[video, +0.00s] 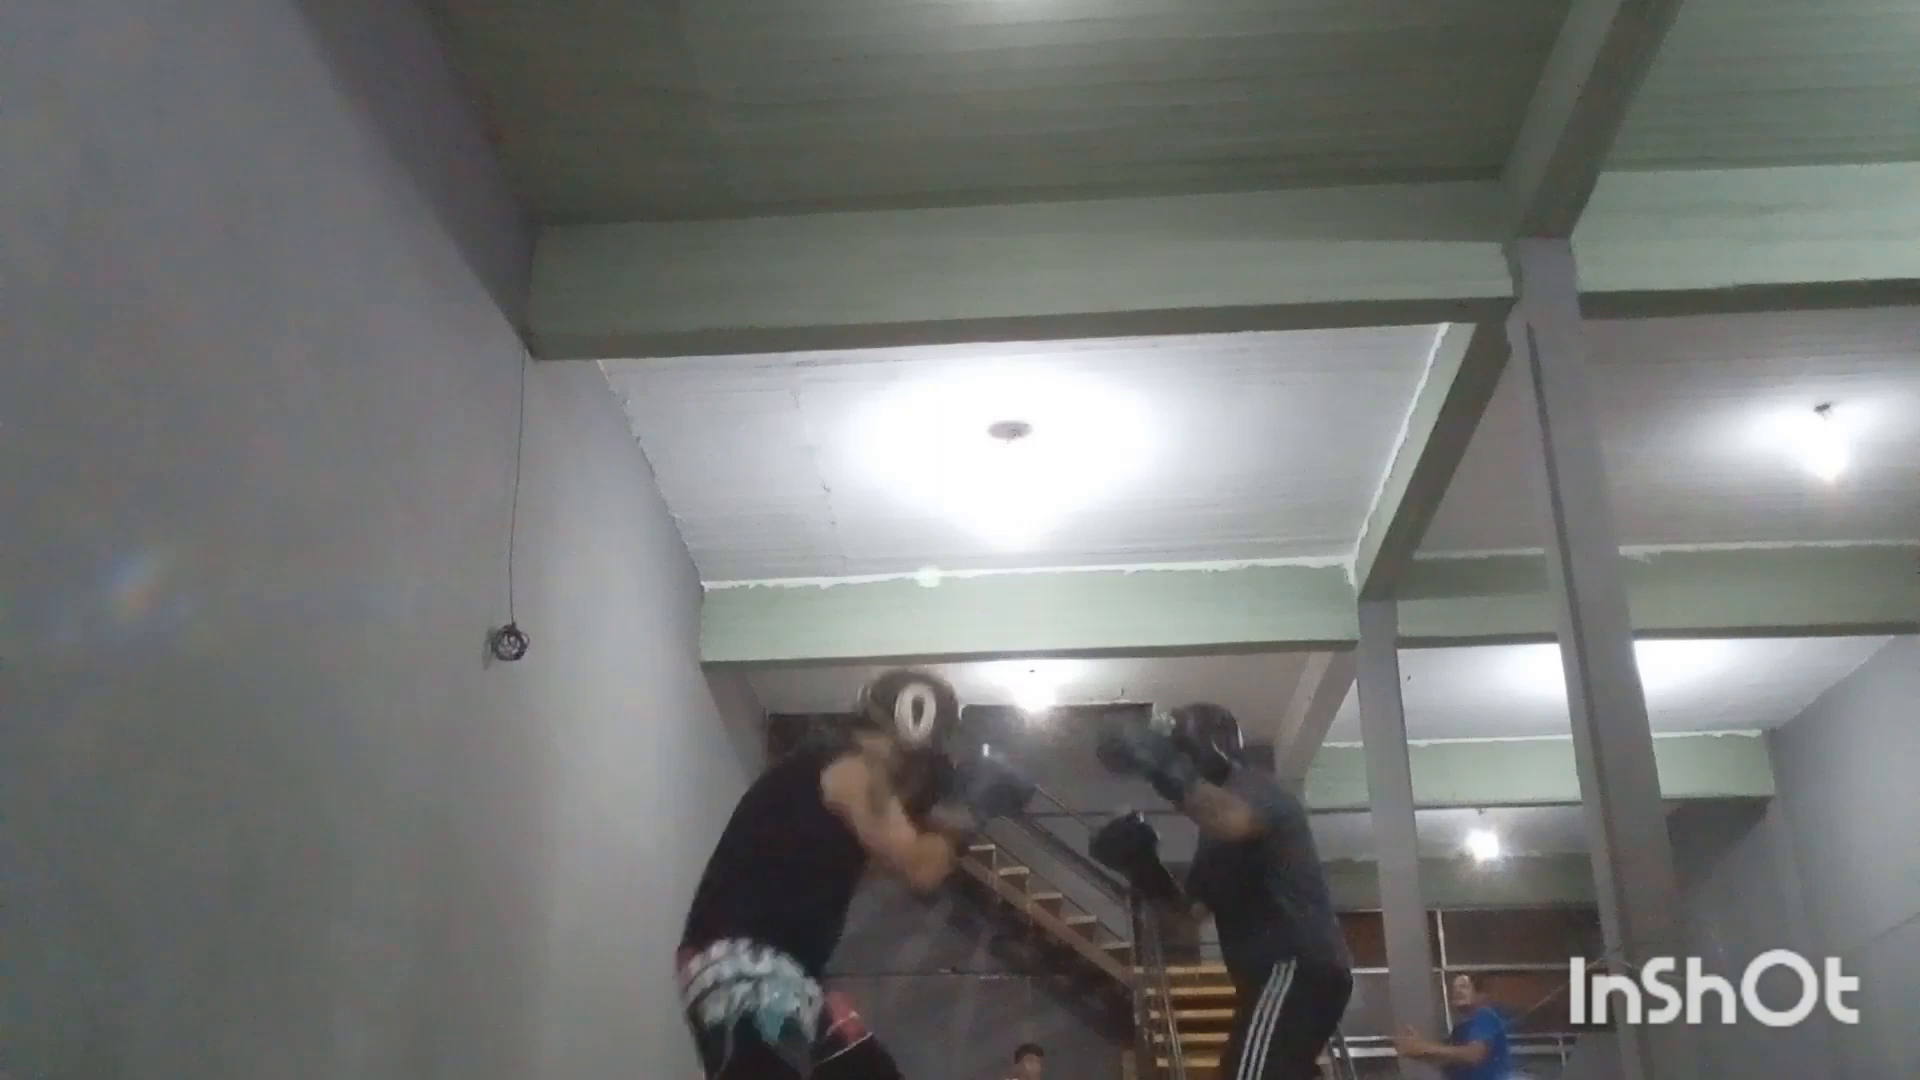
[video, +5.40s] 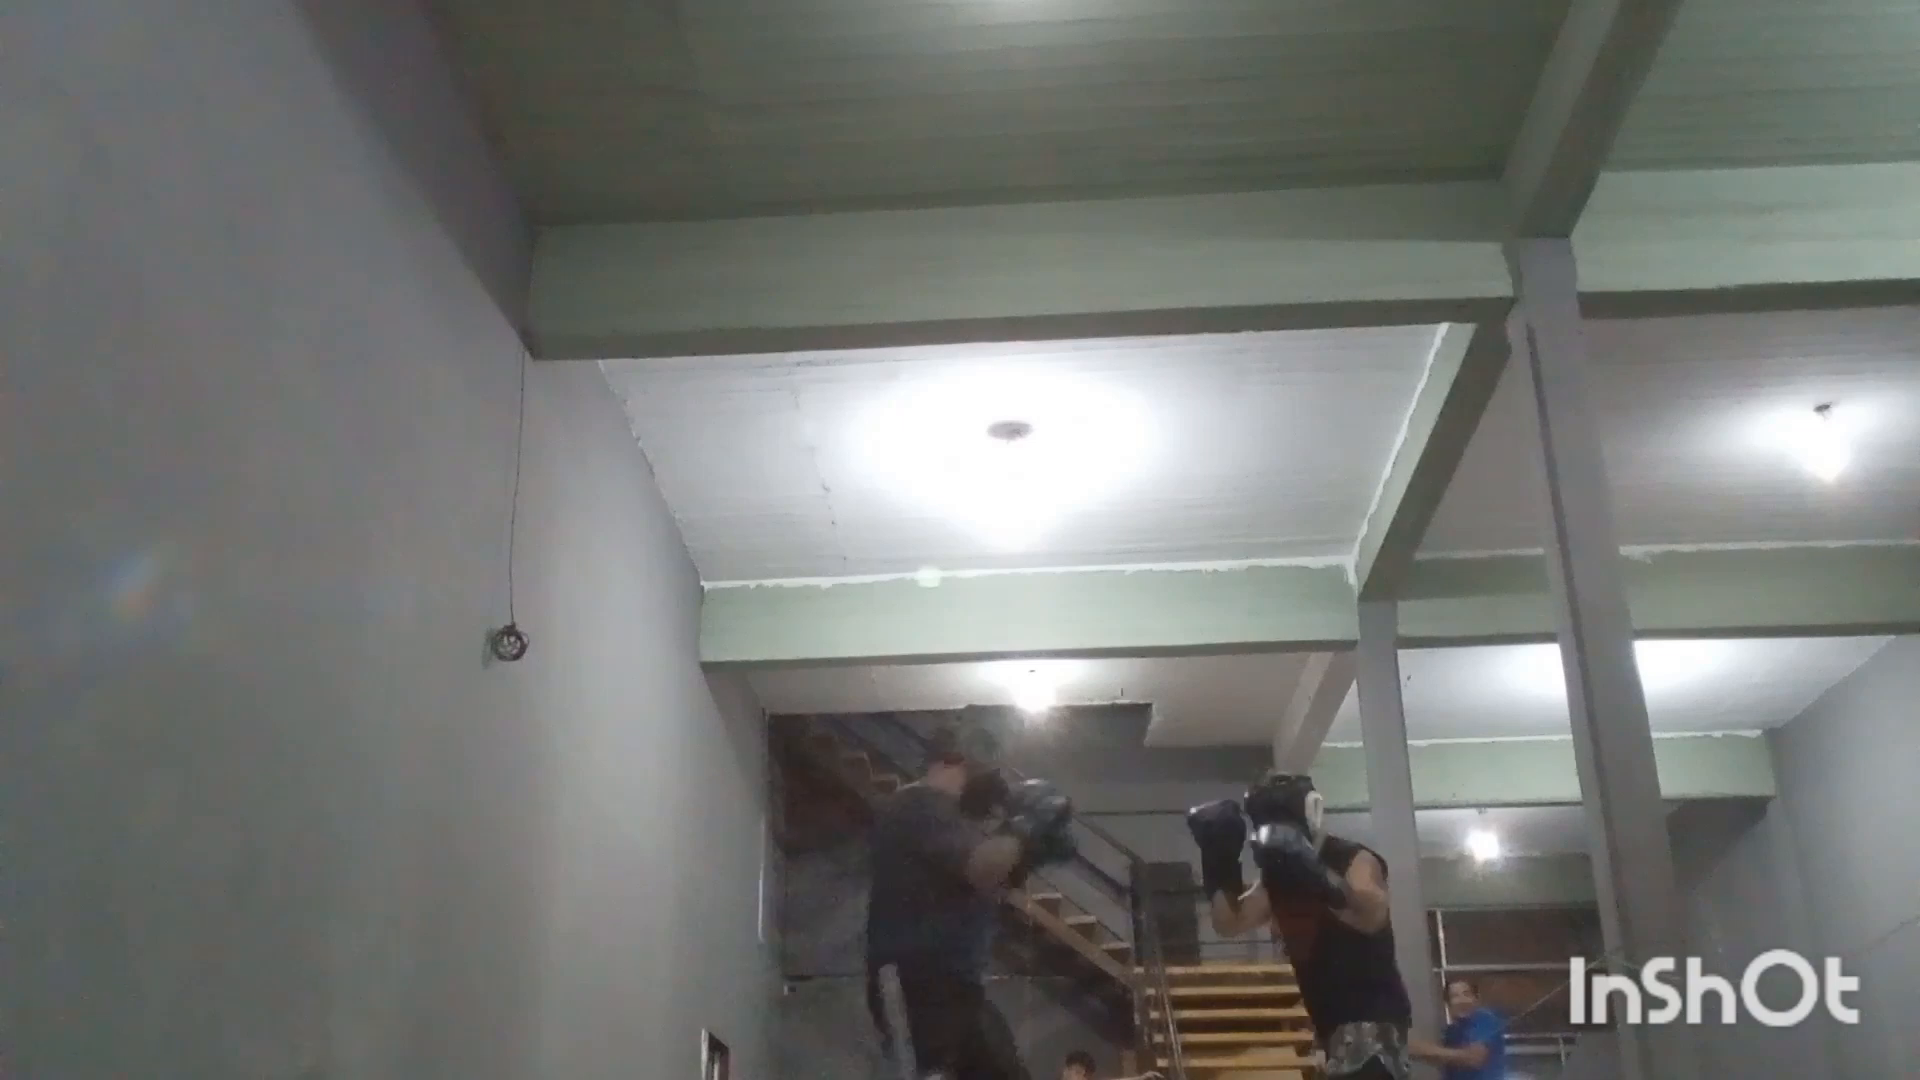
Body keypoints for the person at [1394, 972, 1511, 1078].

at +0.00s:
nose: (1458, 991)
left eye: (1463, 986)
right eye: (1454, 988)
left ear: (1476, 992)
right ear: (1449, 994)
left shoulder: (1485, 1018)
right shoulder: (1460, 1025)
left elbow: (1475, 1054)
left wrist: (1423, 1048)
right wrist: (1419, 1045)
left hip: (1485, 1076)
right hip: (1464, 1076)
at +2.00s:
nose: (1457, 995)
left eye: (1462, 990)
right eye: (1452, 992)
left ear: (1470, 993)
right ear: (1445, 999)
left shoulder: (1480, 1016)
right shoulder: (1455, 1027)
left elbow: (1475, 1053)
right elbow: (1452, 1053)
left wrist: (1425, 1049)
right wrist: (1419, 1046)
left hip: (1483, 1075)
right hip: (1460, 1075)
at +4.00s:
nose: (1458, 996)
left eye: (1462, 991)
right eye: (1452, 993)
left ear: (1470, 993)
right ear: (1446, 1000)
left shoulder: (1481, 1015)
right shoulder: (1457, 1023)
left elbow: (1477, 1053)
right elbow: (1450, 1054)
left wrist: (1425, 1049)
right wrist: (1420, 1045)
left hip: (1483, 1076)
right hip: (1460, 1076)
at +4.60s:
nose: (1458, 1007)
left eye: (1464, 1003)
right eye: (1454, 1001)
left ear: (1474, 1004)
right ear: (1449, 1002)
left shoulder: (1482, 1018)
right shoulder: (1457, 1028)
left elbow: (1477, 1052)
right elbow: (1445, 1054)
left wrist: (1426, 1049)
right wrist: (1418, 1048)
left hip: (1484, 1076)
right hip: (1461, 1076)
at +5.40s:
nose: (1461, 1000)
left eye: (1466, 995)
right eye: (1455, 996)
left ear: (1475, 998)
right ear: (1448, 1002)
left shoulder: (1484, 1020)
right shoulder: (1452, 1030)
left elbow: (1476, 1058)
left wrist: (1431, 1051)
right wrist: (1423, 1053)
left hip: (1485, 1076)